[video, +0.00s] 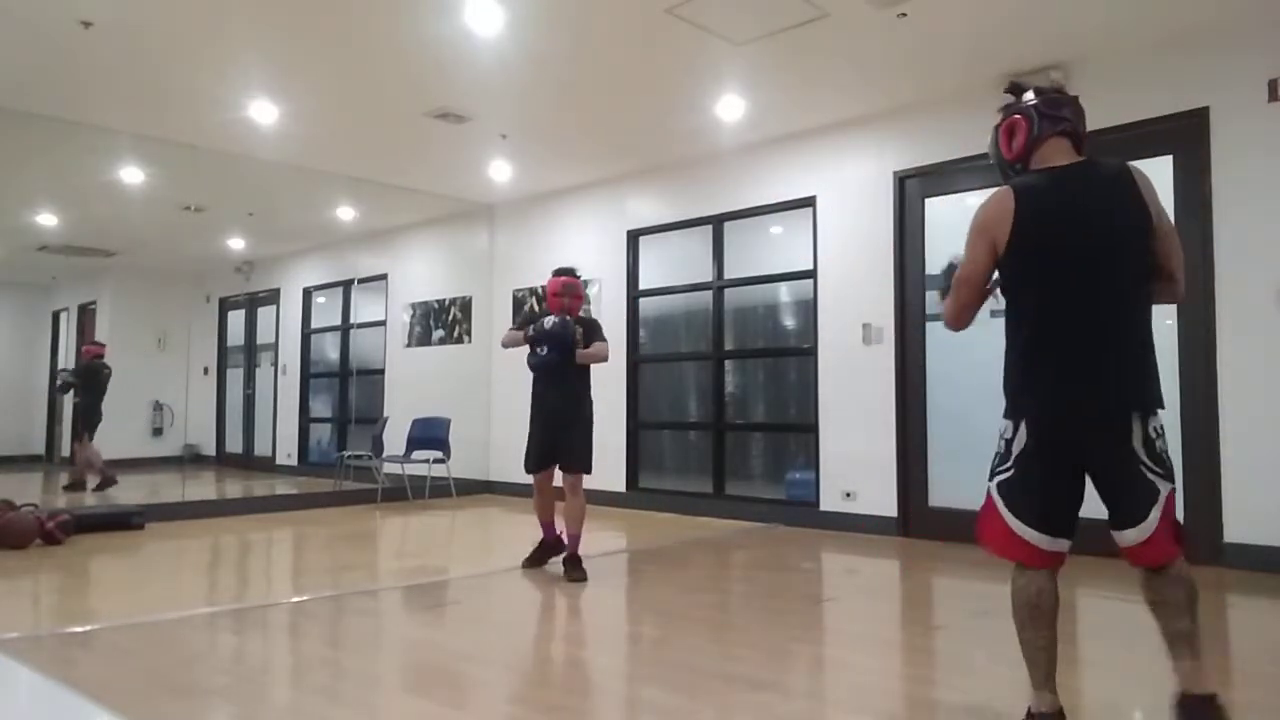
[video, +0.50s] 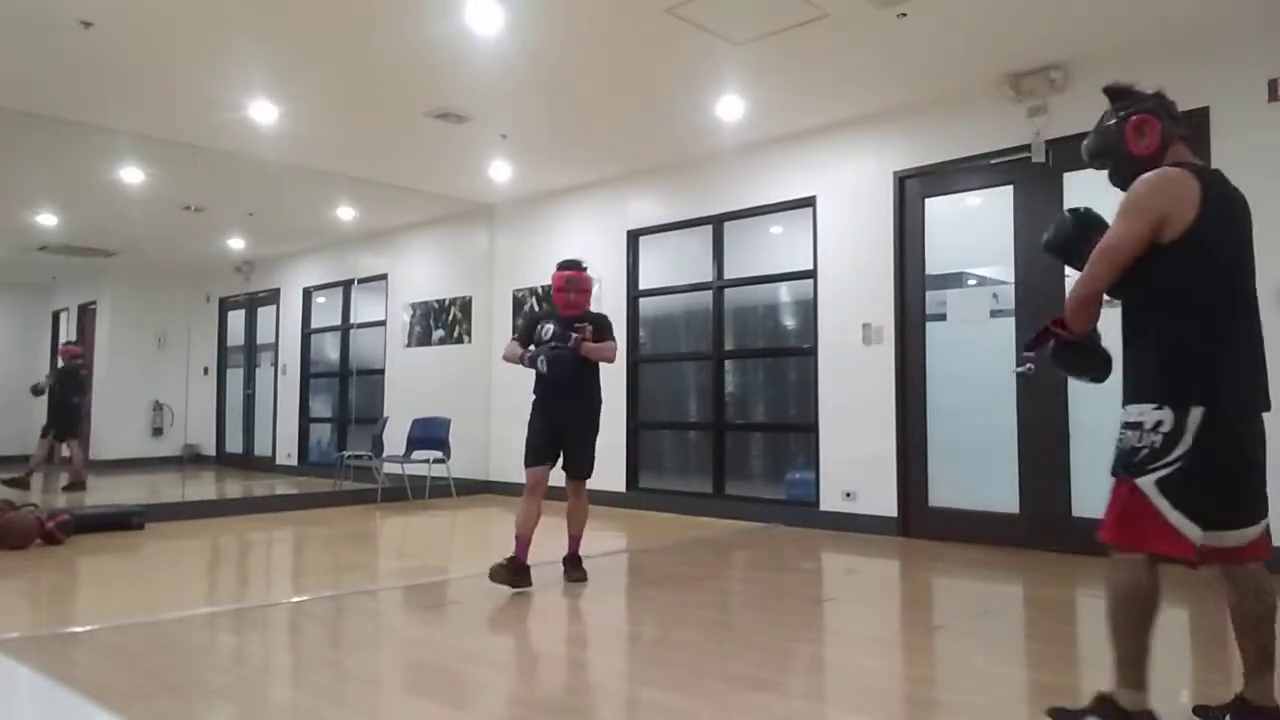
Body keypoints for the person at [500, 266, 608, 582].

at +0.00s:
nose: (563, 299)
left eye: (569, 292)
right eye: (557, 293)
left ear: (579, 295)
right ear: (547, 294)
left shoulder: (587, 324)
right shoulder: (535, 320)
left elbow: (602, 353)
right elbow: (507, 340)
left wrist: (568, 352)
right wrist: (535, 334)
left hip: (576, 412)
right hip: (543, 411)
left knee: (572, 481)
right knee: (541, 479)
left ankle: (573, 554)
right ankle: (550, 540)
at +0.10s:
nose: (570, 299)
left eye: (576, 293)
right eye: (564, 292)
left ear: (585, 294)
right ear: (552, 293)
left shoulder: (592, 323)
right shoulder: (538, 318)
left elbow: (605, 351)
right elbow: (509, 338)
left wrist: (569, 351)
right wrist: (535, 340)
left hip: (581, 414)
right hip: (546, 413)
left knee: (576, 483)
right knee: (533, 480)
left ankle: (573, 555)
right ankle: (543, 531)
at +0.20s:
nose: (573, 297)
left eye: (580, 290)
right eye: (567, 289)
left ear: (589, 291)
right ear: (556, 290)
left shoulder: (596, 322)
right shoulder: (540, 318)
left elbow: (611, 349)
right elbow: (510, 338)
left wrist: (576, 351)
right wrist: (536, 346)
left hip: (582, 415)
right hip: (547, 413)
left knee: (577, 485)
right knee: (528, 478)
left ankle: (573, 556)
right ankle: (538, 532)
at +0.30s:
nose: (574, 297)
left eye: (581, 291)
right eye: (568, 290)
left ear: (591, 292)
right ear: (555, 290)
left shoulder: (600, 322)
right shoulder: (541, 319)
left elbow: (614, 349)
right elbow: (509, 339)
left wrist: (579, 352)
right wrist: (533, 351)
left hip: (583, 415)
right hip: (546, 412)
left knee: (577, 486)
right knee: (528, 476)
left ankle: (573, 557)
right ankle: (530, 548)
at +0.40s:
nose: (575, 300)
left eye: (582, 292)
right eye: (568, 292)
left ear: (591, 292)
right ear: (555, 290)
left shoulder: (600, 322)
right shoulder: (540, 320)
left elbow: (614, 351)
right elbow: (508, 344)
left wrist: (579, 347)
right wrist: (533, 357)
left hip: (584, 414)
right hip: (547, 411)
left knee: (577, 485)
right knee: (532, 480)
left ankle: (573, 558)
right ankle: (520, 561)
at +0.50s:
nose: (572, 298)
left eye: (579, 291)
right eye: (565, 290)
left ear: (589, 291)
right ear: (552, 290)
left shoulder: (598, 322)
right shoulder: (537, 321)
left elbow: (610, 353)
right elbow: (509, 351)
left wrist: (578, 345)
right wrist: (528, 356)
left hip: (582, 416)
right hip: (545, 413)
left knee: (576, 487)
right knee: (534, 482)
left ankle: (573, 558)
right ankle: (519, 562)